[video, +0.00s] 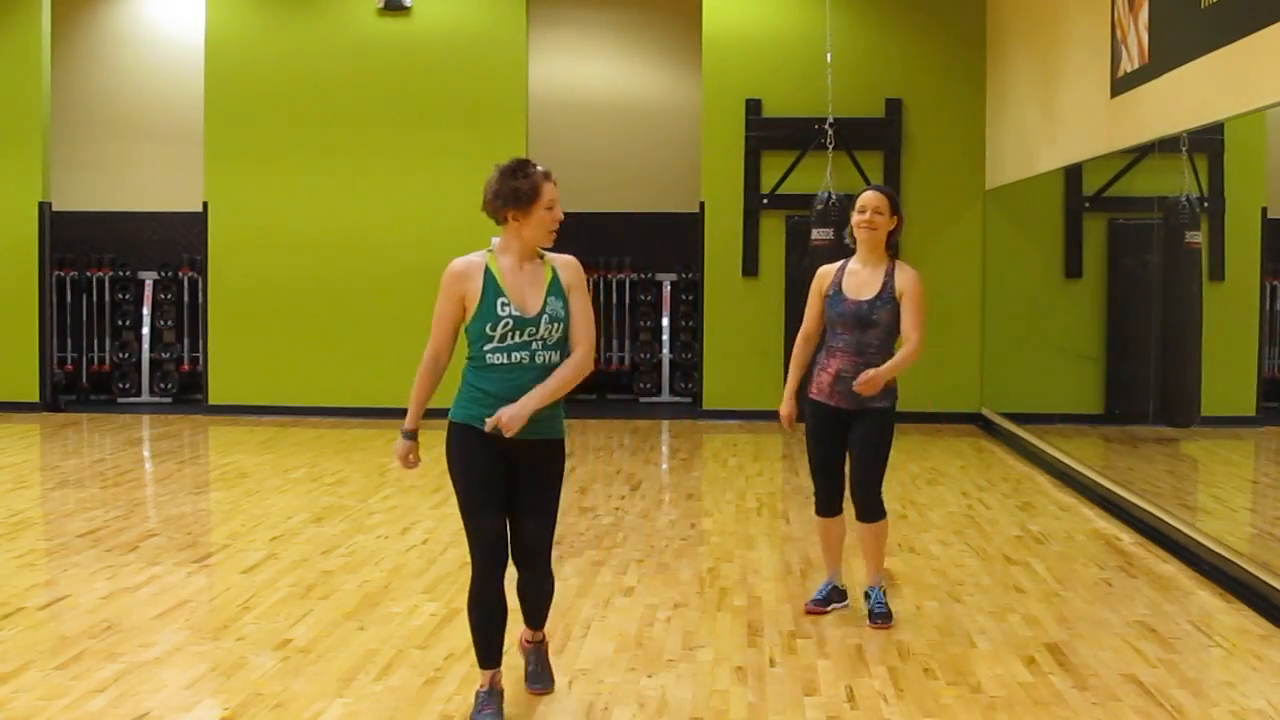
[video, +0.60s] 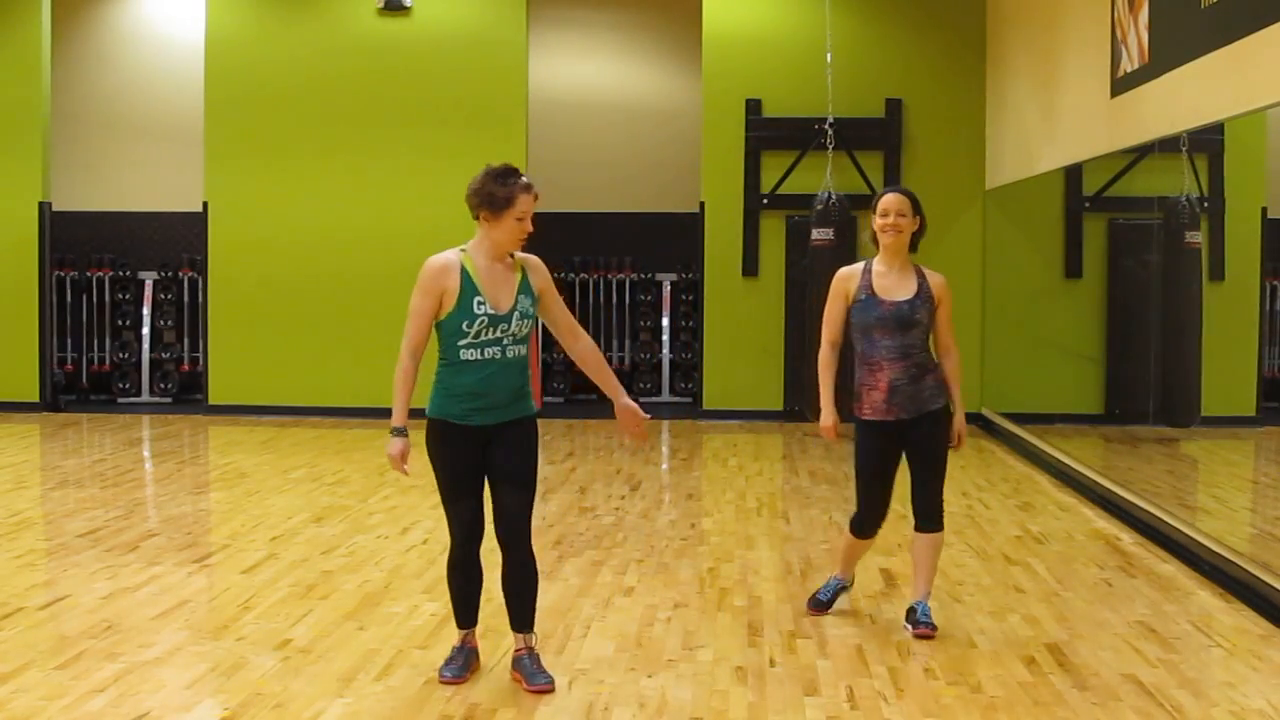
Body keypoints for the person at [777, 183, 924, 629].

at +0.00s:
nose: (866, 218)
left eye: (876, 212)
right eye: (860, 211)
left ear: (893, 224)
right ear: (850, 219)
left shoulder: (904, 279)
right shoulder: (827, 275)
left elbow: (912, 344)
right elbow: (807, 335)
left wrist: (885, 371)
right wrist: (789, 391)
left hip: (873, 403)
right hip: (823, 400)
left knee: (866, 493)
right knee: (827, 493)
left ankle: (875, 588)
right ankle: (832, 582)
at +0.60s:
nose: (891, 222)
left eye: (900, 215)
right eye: (884, 214)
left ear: (916, 224)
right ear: (872, 222)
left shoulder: (934, 284)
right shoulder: (848, 279)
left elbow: (947, 350)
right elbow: (829, 345)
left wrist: (958, 410)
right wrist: (827, 407)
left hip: (928, 413)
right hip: (874, 416)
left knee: (929, 510)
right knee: (869, 513)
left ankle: (921, 603)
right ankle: (841, 578)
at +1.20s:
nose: (922, 224)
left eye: (931, 215)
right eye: (912, 215)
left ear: (944, 223)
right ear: (896, 222)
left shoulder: (965, 281)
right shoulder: (873, 283)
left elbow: (980, 351)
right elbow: (855, 355)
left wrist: (979, 409)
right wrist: (844, 417)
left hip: (943, 421)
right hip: (884, 420)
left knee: (942, 537)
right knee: (897, 530)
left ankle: (924, 592)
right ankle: (913, 635)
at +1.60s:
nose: (931, 214)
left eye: (941, 206)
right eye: (922, 204)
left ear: (954, 214)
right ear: (906, 211)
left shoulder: (970, 279)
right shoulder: (875, 274)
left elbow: (980, 354)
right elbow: (857, 346)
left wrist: (989, 419)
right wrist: (872, 405)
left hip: (958, 423)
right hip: (897, 425)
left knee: (980, 533)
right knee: (906, 535)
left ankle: (1000, 647)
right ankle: (915, 637)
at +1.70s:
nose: (938, 213)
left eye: (947, 206)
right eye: (929, 205)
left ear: (960, 215)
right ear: (911, 211)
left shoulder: (977, 280)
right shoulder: (881, 276)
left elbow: (984, 357)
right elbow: (867, 347)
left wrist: (994, 425)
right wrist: (878, 406)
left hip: (966, 422)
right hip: (905, 425)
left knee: (991, 536)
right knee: (909, 536)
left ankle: (1018, 649)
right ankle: (916, 637)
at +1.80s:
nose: (946, 213)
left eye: (956, 205)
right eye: (937, 204)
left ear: (969, 215)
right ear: (919, 212)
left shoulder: (987, 281)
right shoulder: (889, 279)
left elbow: (999, 356)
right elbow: (875, 353)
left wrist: (1010, 423)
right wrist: (885, 417)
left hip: (979, 426)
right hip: (915, 427)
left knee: (1002, 539)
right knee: (914, 537)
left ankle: (1026, 654)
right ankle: (917, 637)